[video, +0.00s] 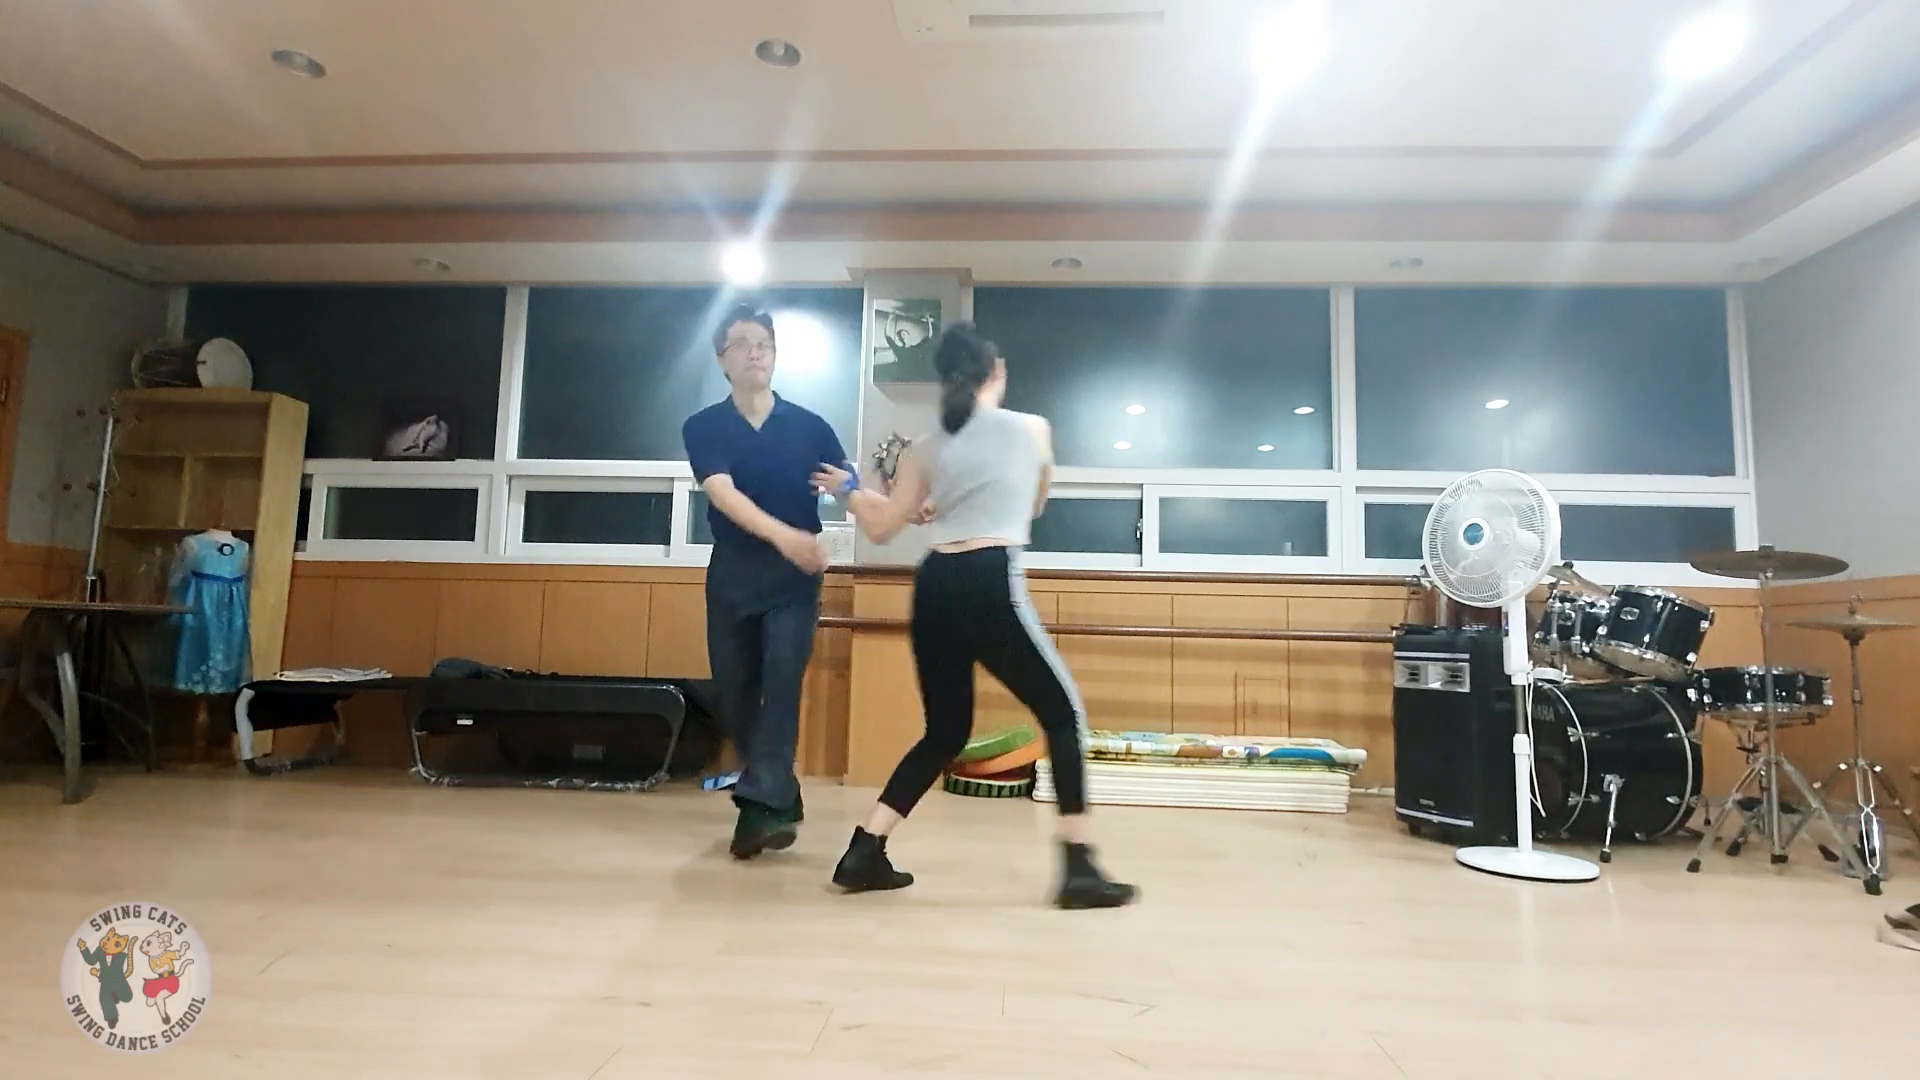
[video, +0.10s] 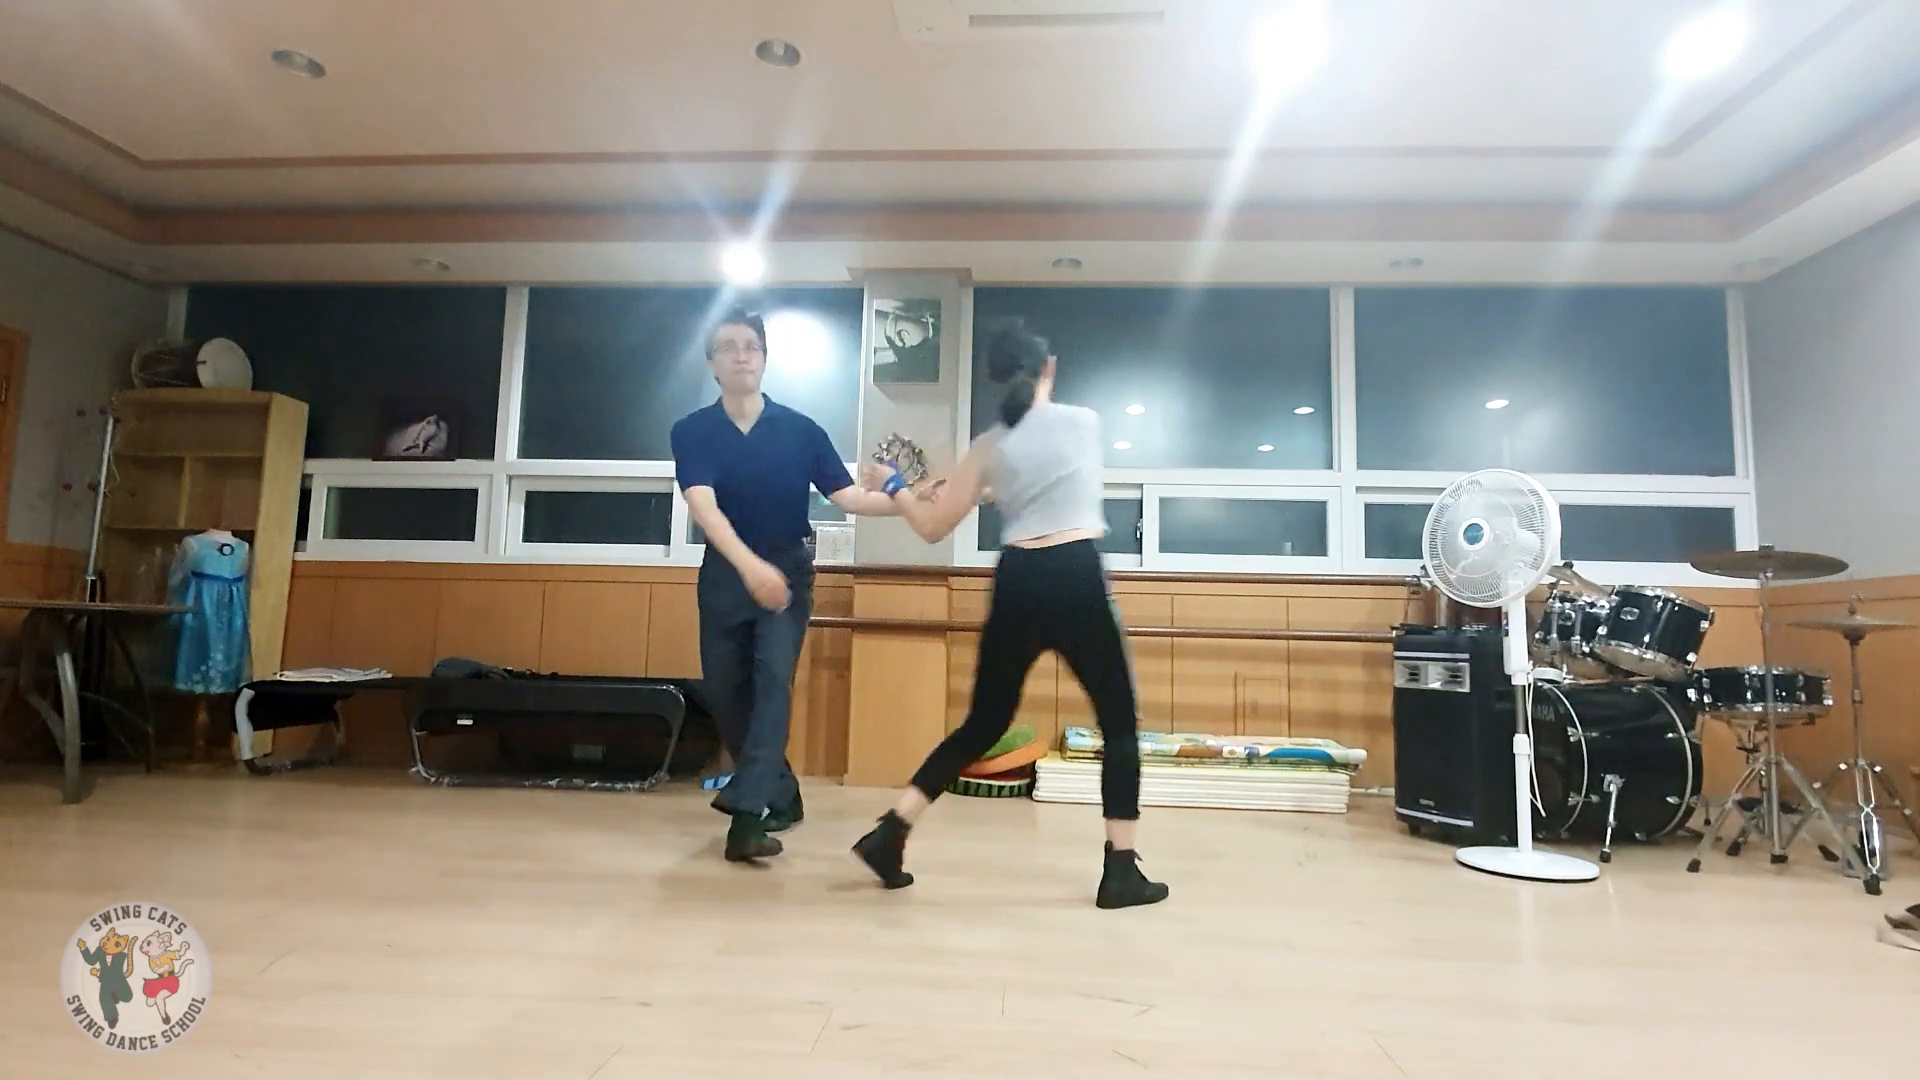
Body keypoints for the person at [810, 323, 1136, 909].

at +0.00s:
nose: (1004, 374)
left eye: (997, 366)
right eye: (1002, 366)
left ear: (946, 376)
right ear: (997, 372)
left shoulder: (930, 446)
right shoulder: (1032, 429)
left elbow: (879, 526)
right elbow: (1032, 502)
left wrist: (849, 488)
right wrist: (940, 502)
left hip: (934, 592)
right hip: (993, 587)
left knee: (945, 731)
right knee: (1062, 716)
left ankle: (864, 851)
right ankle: (1078, 865)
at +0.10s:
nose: (1053, 373)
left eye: (1045, 367)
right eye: (1051, 366)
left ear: (995, 380)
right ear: (1048, 372)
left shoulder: (988, 450)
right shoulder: (1084, 422)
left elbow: (933, 526)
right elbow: (1032, 474)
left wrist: (897, 493)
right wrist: (962, 481)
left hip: (1016, 587)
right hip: (1077, 584)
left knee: (985, 722)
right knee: (1119, 724)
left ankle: (892, 829)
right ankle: (1122, 868)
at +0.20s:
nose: (1097, 362)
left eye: (1081, 357)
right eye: (1094, 355)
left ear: (1042, 378)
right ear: (1094, 365)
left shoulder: (1047, 445)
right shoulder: (1133, 418)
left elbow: (970, 515)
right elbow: (1076, 475)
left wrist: (917, 479)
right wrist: (988, 481)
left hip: (1091, 576)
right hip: (1158, 573)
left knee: (1037, 708)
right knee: (1152, 725)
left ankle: (955, 810)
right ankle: (1125, 870)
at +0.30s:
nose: (1087, 390)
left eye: (1086, 380)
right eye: (1087, 380)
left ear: (1095, 381)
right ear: (1133, 372)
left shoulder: (1103, 440)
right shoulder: (1164, 420)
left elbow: (1025, 517)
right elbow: (1082, 469)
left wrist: (955, 500)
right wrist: (996, 472)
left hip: (1147, 571)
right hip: (1213, 570)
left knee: (1084, 705)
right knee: (1181, 726)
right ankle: (1142, 872)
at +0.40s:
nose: (1112, 384)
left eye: (1115, 374)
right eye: (1112, 374)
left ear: (1135, 374)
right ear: (1158, 373)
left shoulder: (1153, 438)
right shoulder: (1182, 433)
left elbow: (1120, 531)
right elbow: (1085, 473)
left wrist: (1039, 564)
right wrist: (1004, 472)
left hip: (1197, 582)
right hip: (1250, 584)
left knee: (1128, 711)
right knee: (1199, 722)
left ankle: (1177, 841)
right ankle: (1169, 859)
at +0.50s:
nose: (1137, 379)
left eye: (1143, 367)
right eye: (1138, 368)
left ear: (1171, 370)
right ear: (1172, 371)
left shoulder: (1208, 437)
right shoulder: (1162, 440)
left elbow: (1220, 532)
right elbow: (1081, 477)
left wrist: (1201, 618)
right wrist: (993, 471)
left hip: (1245, 591)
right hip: (1220, 591)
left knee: (1181, 730)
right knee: (1182, 728)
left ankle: (1267, 859)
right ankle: (1176, 863)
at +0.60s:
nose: (1158, 374)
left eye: (1166, 362)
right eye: (1158, 363)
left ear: (1201, 365)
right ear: (1192, 369)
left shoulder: (1251, 433)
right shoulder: (1165, 444)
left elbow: (1315, 515)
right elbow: (1084, 471)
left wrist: (1375, 575)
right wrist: (999, 461)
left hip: (1261, 590)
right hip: (1222, 595)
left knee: (1220, 734)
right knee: (1158, 699)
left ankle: (1277, 875)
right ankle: (1185, 839)